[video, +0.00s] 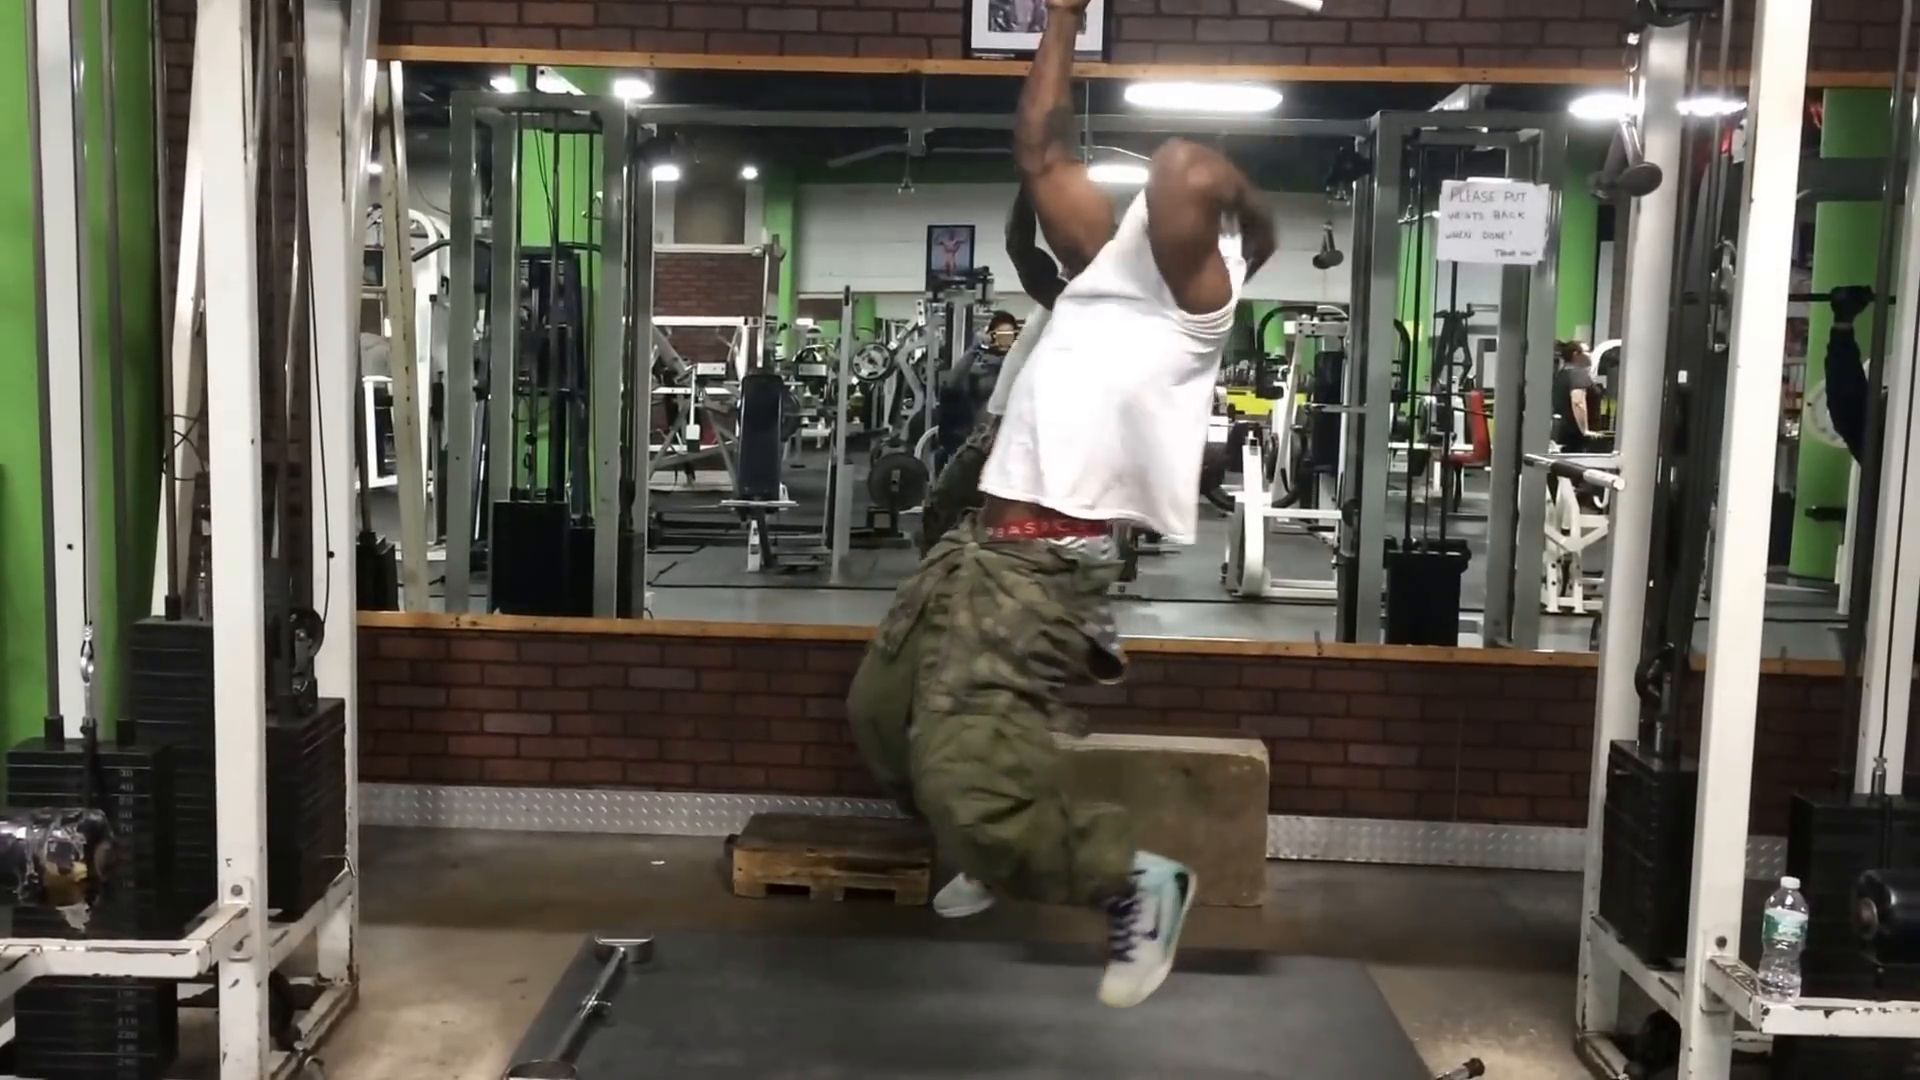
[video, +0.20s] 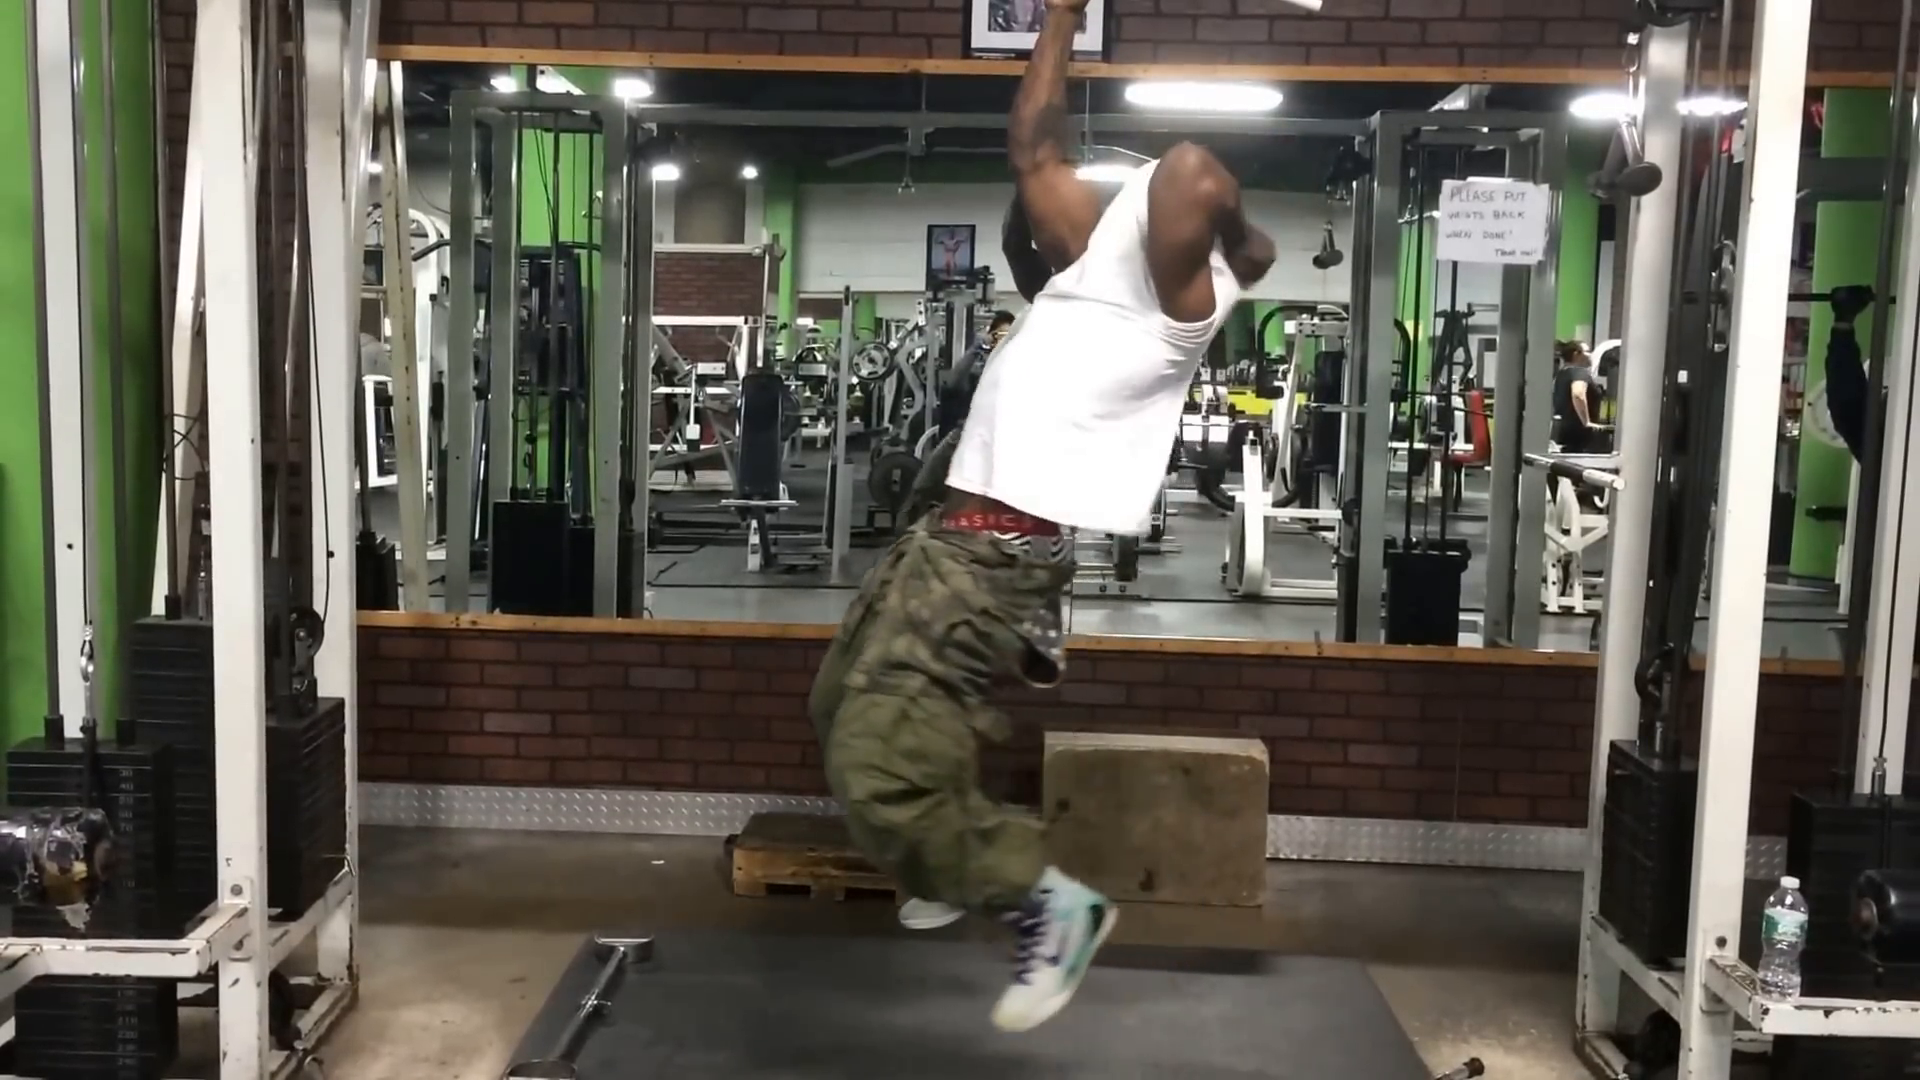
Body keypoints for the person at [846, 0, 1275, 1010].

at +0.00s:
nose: (1162, 168)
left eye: (1182, 166)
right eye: (1161, 161)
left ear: (1215, 207)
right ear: (1150, 195)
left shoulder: (1196, 280)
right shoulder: (1105, 265)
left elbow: (1181, 179)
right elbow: (1038, 153)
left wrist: (1211, 173)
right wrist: (1062, 24)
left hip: (1049, 563)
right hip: (977, 546)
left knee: (967, 790)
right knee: (880, 711)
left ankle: (1136, 882)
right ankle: (977, 851)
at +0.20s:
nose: (1075, 202)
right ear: (1075, 219)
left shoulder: (1170, 282)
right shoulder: (1096, 265)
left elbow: (1187, 160)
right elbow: (1034, 144)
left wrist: (1240, 234)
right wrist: (1063, 18)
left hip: (998, 562)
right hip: (941, 541)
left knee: (880, 770)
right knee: (842, 711)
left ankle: (1051, 904)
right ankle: (948, 860)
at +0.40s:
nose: (1079, 182)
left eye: (1089, 175)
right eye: (1074, 177)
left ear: (1141, 197)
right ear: (1083, 208)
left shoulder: (1153, 279)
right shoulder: (1081, 263)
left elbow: (1179, 144)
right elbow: (1032, 147)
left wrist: (1232, 156)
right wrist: (1058, 22)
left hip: (969, 549)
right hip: (929, 528)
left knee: (809, 737)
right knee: (829, 688)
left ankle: (959, 905)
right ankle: (932, 855)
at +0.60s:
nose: (1058, 176)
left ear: (1128, 199)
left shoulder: (1159, 281)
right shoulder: (1092, 279)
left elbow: (1112, 142)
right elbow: (1031, 151)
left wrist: (1155, 71)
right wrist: (1056, 26)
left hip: (977, 543)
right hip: (942, 518)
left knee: (788, 697)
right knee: (787, 638)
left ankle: (899, 881)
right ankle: (866, 825)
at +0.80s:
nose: (1050, 258)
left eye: (1051, 243)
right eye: (1042, 247)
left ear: (1072, 226)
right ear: (1062, 229)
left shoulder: (1159, 282)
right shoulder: (1128, 281)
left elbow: (1051, 189)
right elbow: (1052, 183)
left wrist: (1054, 57)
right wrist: (1056, 67)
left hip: (1018, 540)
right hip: (978, 502)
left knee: (810, 659)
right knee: (788, 580)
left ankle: (886, 839)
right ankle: (806, 752)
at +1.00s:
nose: (1062, 225)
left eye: (1064, 206)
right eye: (1052, 210)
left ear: (1117, 198)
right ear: (1060, 213)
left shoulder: (1194, 287)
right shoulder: (1122, 271)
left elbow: (1101, 203)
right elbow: (1059, 130)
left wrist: (1015, 91)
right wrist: (1068, 27)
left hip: (1049, 541)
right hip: (1000, 488)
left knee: (857, 660)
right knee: (811, 554)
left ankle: (932, 832)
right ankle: (804, 698)